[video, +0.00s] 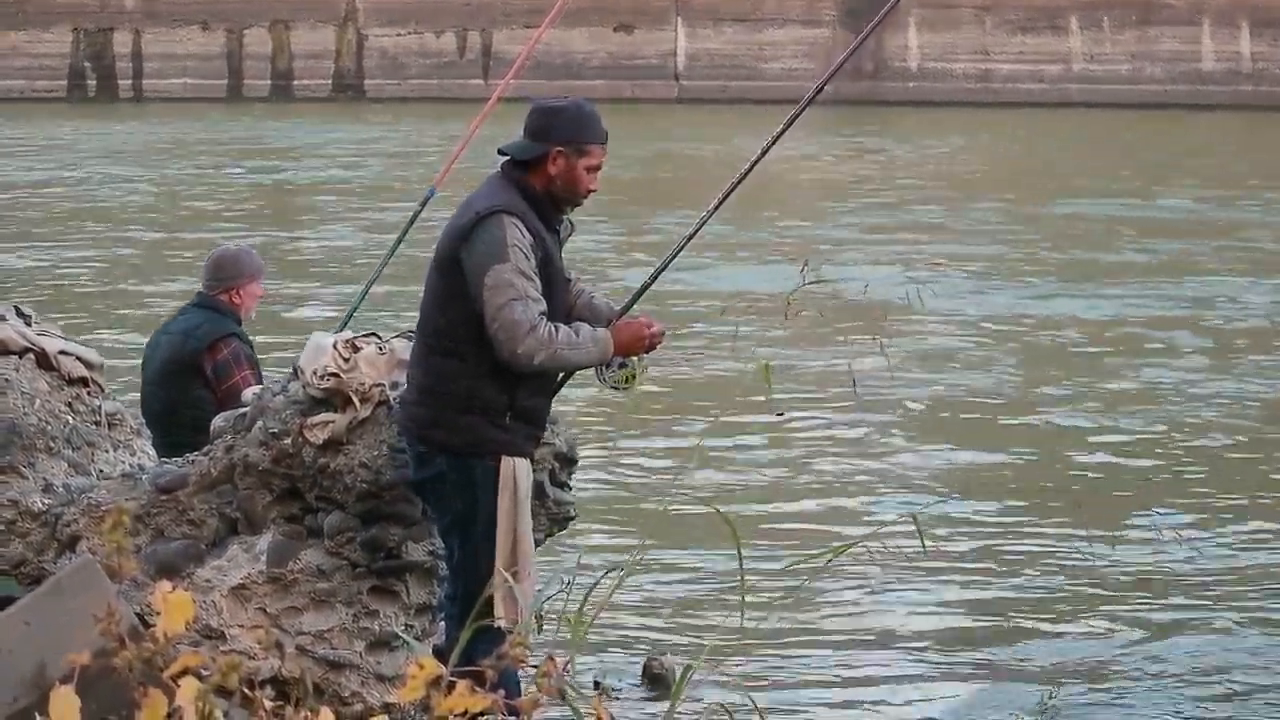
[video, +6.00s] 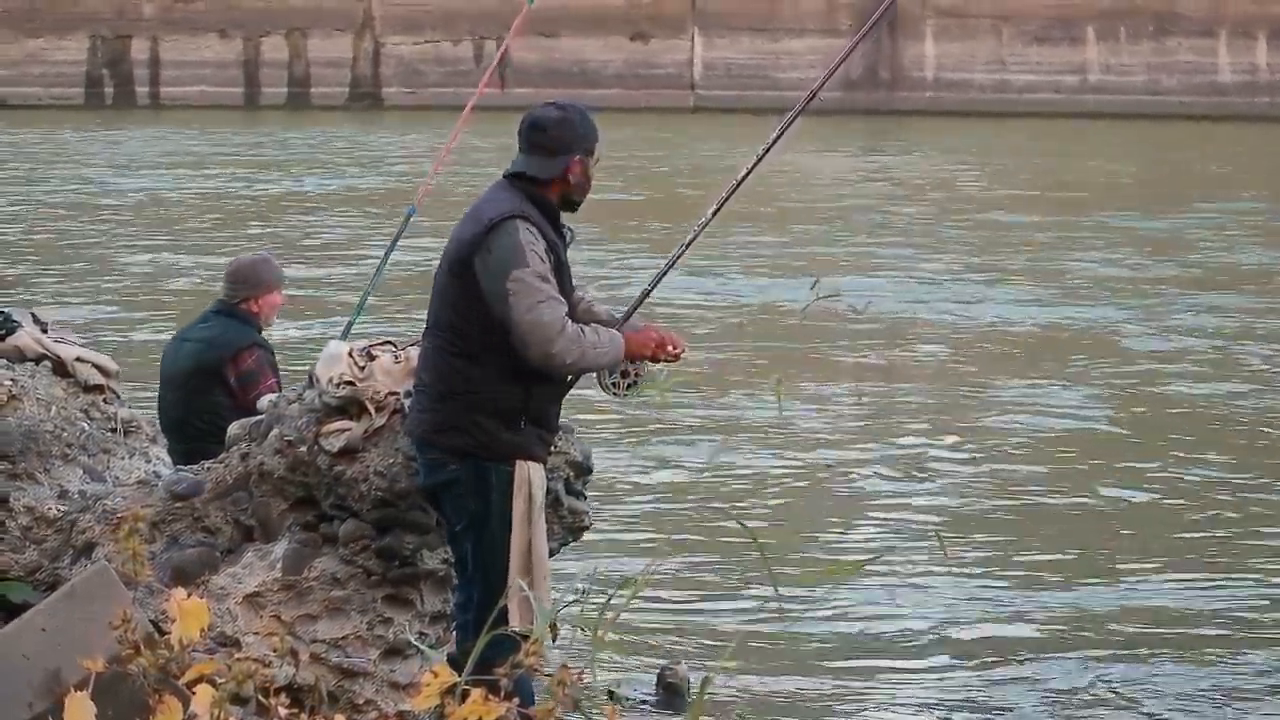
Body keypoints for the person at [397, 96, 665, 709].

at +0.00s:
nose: (596, 183)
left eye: (599, 169)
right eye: (591, 168)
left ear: (556, 161)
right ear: (553, 161)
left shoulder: (528, 218)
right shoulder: (501, 225)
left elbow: (562, 297)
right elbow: (521, 340)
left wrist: (617, 326)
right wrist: (609, 341)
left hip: (484, 438)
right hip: (460, 443)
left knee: (492, 592)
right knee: (478, 598)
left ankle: (490, 706)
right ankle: (473, 709)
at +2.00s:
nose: (598, 182)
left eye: (601, 169)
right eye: (592, 169)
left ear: (560, 161)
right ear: (554, 161)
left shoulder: (533, 217)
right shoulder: (504, 224)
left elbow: (560, 299)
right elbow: (520, 341)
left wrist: (619, 322)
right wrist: (603, 356)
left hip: (492, 435)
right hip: (467, 440)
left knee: (494, 593)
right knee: (489, 598)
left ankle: (485, 710)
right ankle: (484, 712)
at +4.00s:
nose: (590, 178)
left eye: (590, 167)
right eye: (590, 168)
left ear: (532, 159)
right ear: (579, 173)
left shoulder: (531, 222)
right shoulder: (507, 229)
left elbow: (564, 302)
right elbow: (539, 340)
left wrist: (625, 328)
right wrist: (622, 351)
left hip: (492, 438)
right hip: (469, 443)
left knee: (498, 586)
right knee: (491, 589)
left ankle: (486, 705)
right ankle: (487, 708)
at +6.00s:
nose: (591, 174)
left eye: (591, 163)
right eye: (589, 163)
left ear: (541, 162)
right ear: (571, 168)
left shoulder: (528, 222)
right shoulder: (511, 229)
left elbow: (563, 307)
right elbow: (547, 341)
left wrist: (627, 331)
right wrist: (625, 344)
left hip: (490, 440)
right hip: (473, 445)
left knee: (495, 591)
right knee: (494, 595)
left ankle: (487, 709)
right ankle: (488, 712)